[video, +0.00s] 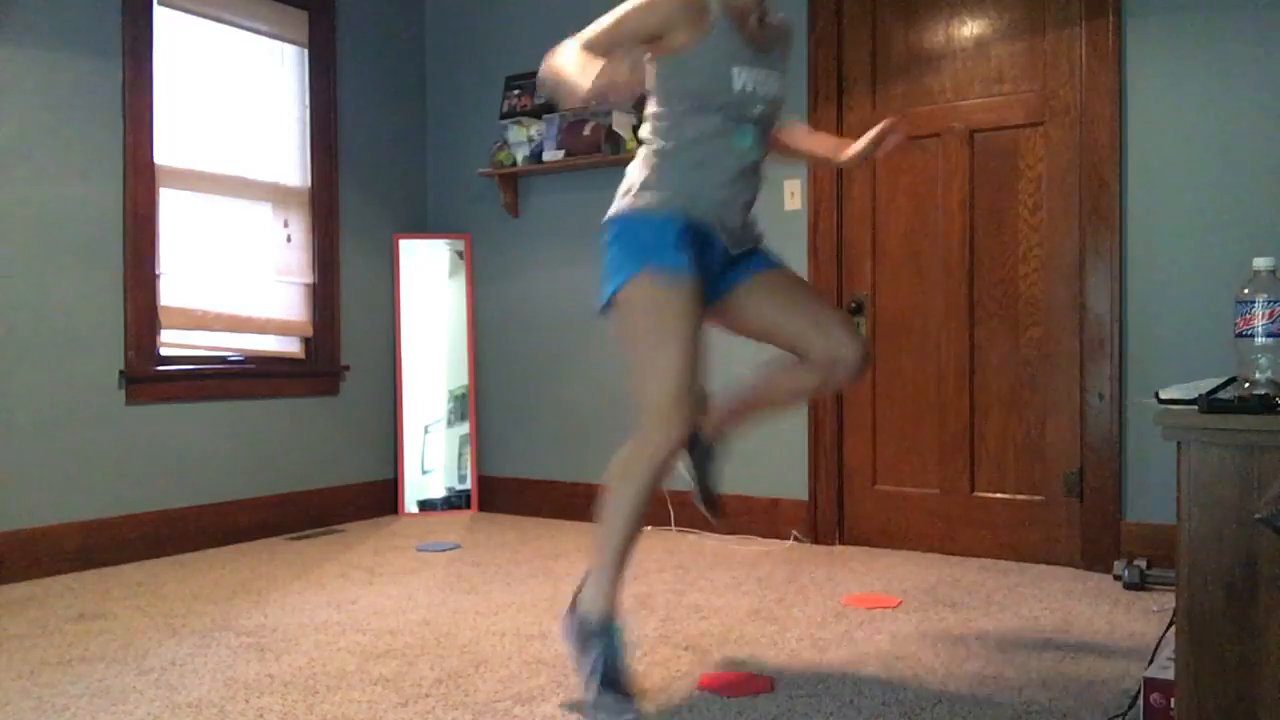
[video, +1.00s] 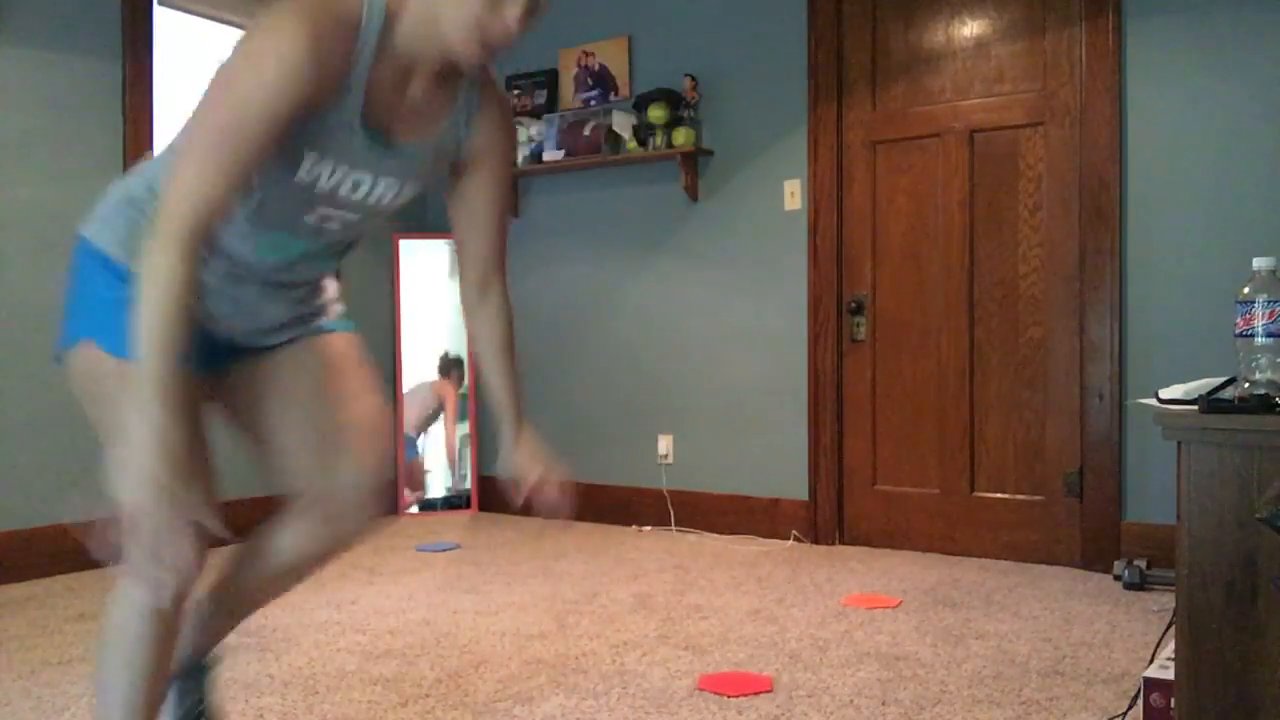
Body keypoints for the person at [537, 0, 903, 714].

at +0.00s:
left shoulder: (775, 33)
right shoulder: (682, 12)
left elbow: (755, 126)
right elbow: (562, 58)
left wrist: (840, 151)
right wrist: (590, 79)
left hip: (729, 243)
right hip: (655, 226)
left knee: (840, 354)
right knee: (668, 419)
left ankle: (708, 426)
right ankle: (592, 612)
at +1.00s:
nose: (513, 21)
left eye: (526, 8)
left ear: (533, 17)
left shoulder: (481, 120)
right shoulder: (308, 36)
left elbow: (483, 285)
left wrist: (515, 432)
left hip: (282, 297)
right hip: (145, 268)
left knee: (352, 491)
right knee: (168, 539)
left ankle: (182, 649)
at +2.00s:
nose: (477, 560)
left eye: (496, 547)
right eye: (473, 537)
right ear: (434, 471)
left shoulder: (471, 479)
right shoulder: (279, 469)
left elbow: (525, 662)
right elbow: (234, 709)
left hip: (192, 607)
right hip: (77, 584)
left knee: (131, 683)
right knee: (28, 696)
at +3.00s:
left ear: (564, 664)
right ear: (558, 714)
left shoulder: (521, 669)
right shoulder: (415, 687)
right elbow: (291, 712)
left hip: (297, 669)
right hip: (244, 698)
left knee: (171, 674)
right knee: (147, 689)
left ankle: (63, 620)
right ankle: (61, 622)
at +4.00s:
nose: (469, 532)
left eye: (485, 512)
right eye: (461, 507)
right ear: (415, 446)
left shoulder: (443, 451)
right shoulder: (279, 447)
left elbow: (520, 648)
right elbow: (234, 703)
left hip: (174, 433)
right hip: (54, 431)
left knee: (358, 571)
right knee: (158, 595)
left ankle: (244, 704)